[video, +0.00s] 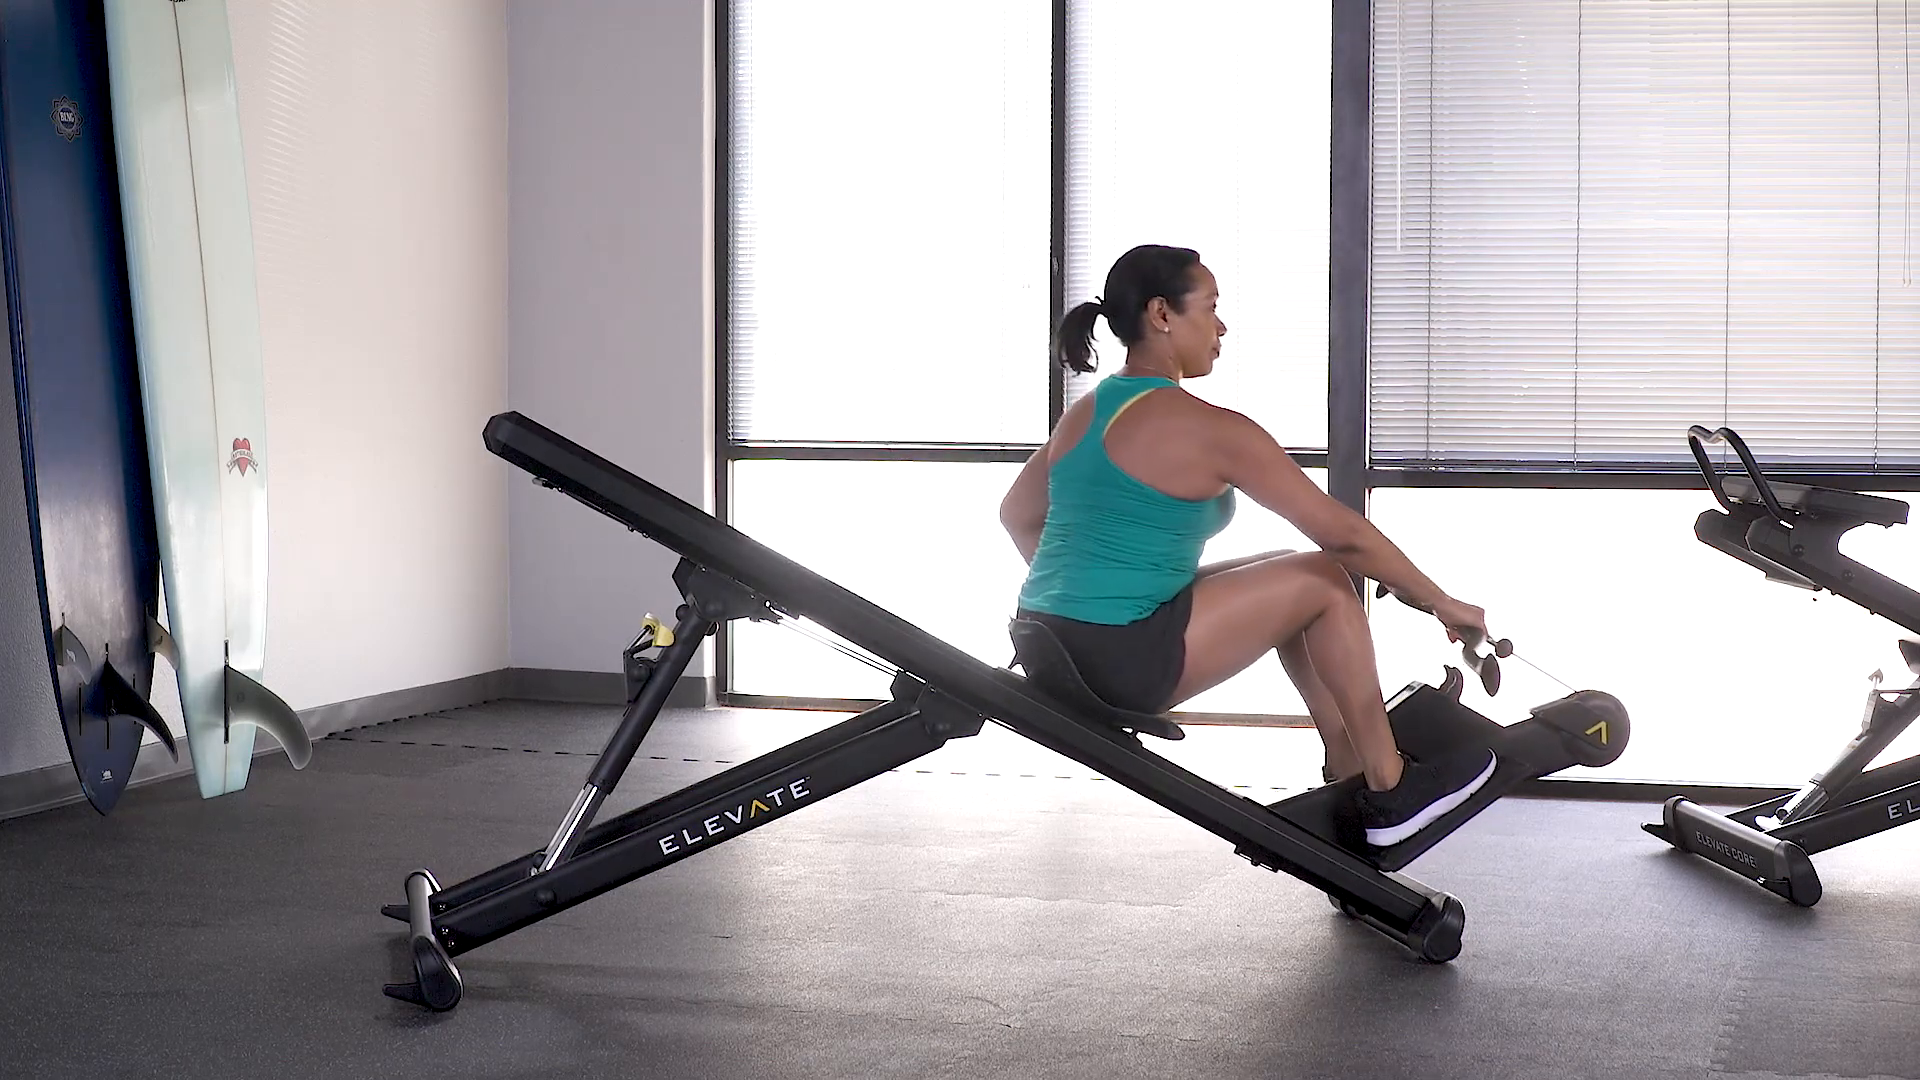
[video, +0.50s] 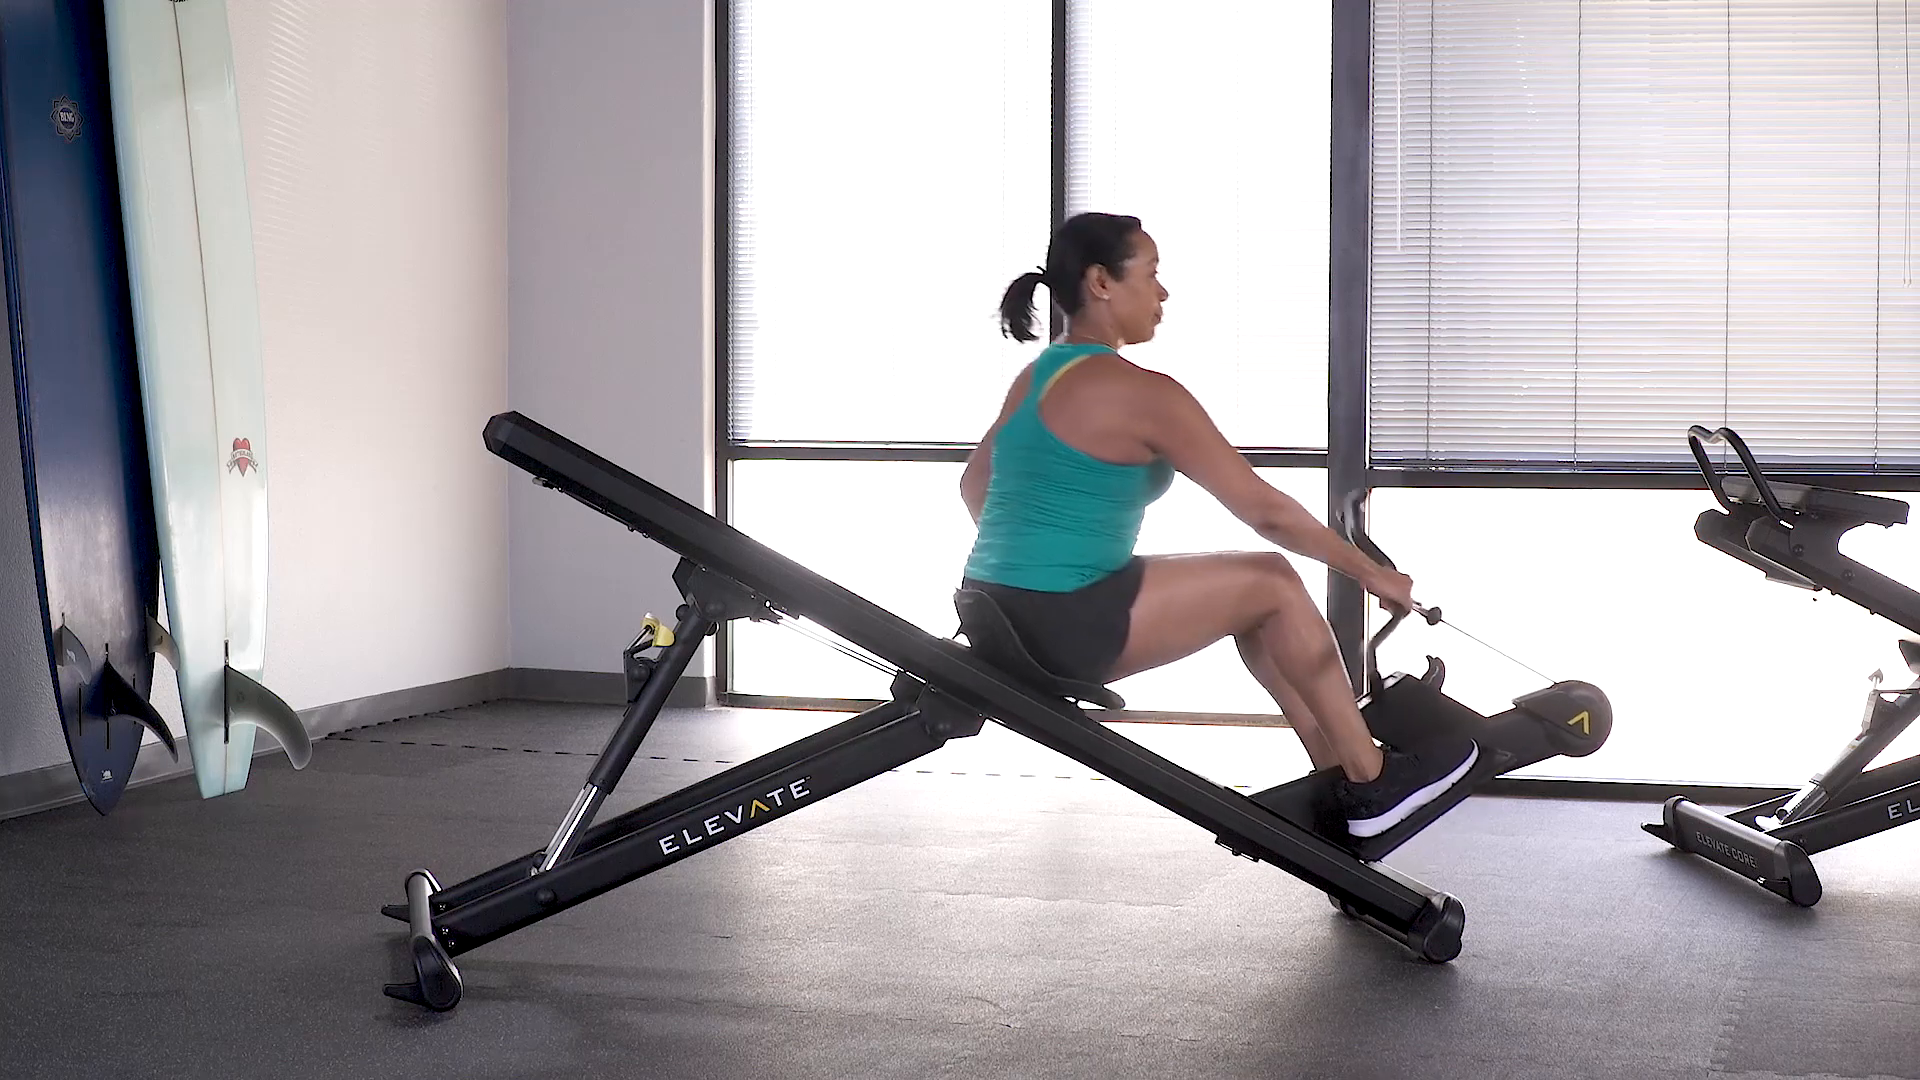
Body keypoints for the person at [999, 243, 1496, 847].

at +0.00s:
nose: (1221, 325)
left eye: (1216, 307)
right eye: (1210, 307)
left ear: (1155, 318)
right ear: (1161, 315)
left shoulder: (1087, 410)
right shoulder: (1218, 431)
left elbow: (1019, 514)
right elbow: (1347, 536)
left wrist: (1073, 588)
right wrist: (1442, 604)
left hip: (1046, 632)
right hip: (1121, 651)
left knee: (1298, 574)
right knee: (1327, 582)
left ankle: (1347, 762)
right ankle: (1390, 783)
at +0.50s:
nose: (1164, 293)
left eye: (1159, 276)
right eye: (1151, 276)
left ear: (1092, 287)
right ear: (1101, 285)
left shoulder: (1039, 374)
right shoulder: (1145, 394)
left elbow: (975, 485)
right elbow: (1264, 510)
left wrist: (1035, 553)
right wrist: (1371, 570)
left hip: (995, 605)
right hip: (1062, 618)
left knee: (1251, 584)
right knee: (1274, 582)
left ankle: (1332, 760)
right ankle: (1371, 776)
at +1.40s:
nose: (970, 205)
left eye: (967, 187)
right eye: (959, 186)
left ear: (907, 191)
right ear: (905, 189)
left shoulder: (889, 282)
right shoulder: (882, 284)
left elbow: (895, 411)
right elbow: (888, 410)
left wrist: (1007, 422)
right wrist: (1011, 422)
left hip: (879, 520)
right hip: (878, 526)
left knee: (1105, 583)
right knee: (1111, 576)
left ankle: (1251, 721)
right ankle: (1269, 732)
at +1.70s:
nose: (1121, 277)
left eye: (1116, 259)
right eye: (1109, 259)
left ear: (1051, 264)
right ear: (1057, 263)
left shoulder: (1002, 351)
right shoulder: (1078, 370)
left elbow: (941, 464)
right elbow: (1180, 493)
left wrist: (999, 533)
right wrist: (1292, 529)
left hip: (965, 589)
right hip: (1022, 603)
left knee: (1224, 575)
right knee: (1246, 572)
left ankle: (1310, 753)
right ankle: (1348, 765)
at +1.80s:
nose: (1167, 299)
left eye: (1163, 281)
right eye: (1156, 281)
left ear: (1097, 288)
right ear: (1104, 286)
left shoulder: (1040, 380)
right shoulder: (1140, 398)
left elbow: (974, 486)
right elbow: (1258, 520)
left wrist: (1028, 562)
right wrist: (1360, 561)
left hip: (997, 612)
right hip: (1071, 625)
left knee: (1252, 571)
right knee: (1281, 578)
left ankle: (1326, 757)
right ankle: (1367, 772)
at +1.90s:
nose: (1206, 319)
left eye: (1202, 302)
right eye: (1195, 302)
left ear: (1139, 310)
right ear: (1144, 307)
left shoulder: (1079, 395)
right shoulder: (1191, 422)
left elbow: (1005, 503)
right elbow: (1313, 531)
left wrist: (1062, 579)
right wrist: (1416, 589)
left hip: (1028, 628)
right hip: (1101, 644)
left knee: (1285, 575)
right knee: (1315, 579)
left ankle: (1343, 763)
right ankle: (1383, 782)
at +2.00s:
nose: (1237, 335)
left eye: (1232, 317)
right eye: (1225, 317)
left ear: (1169, 325)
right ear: (1177, 324)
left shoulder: (1104, 413)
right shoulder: (1232, 438)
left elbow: (1029, 514)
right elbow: (1356, 544)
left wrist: (1082, 589)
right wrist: (1456, 610)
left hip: (1053, 637)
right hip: (1127, 657)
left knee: (1303, 574)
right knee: (1335, 583)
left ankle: (1349, 759)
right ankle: (1395, 787)